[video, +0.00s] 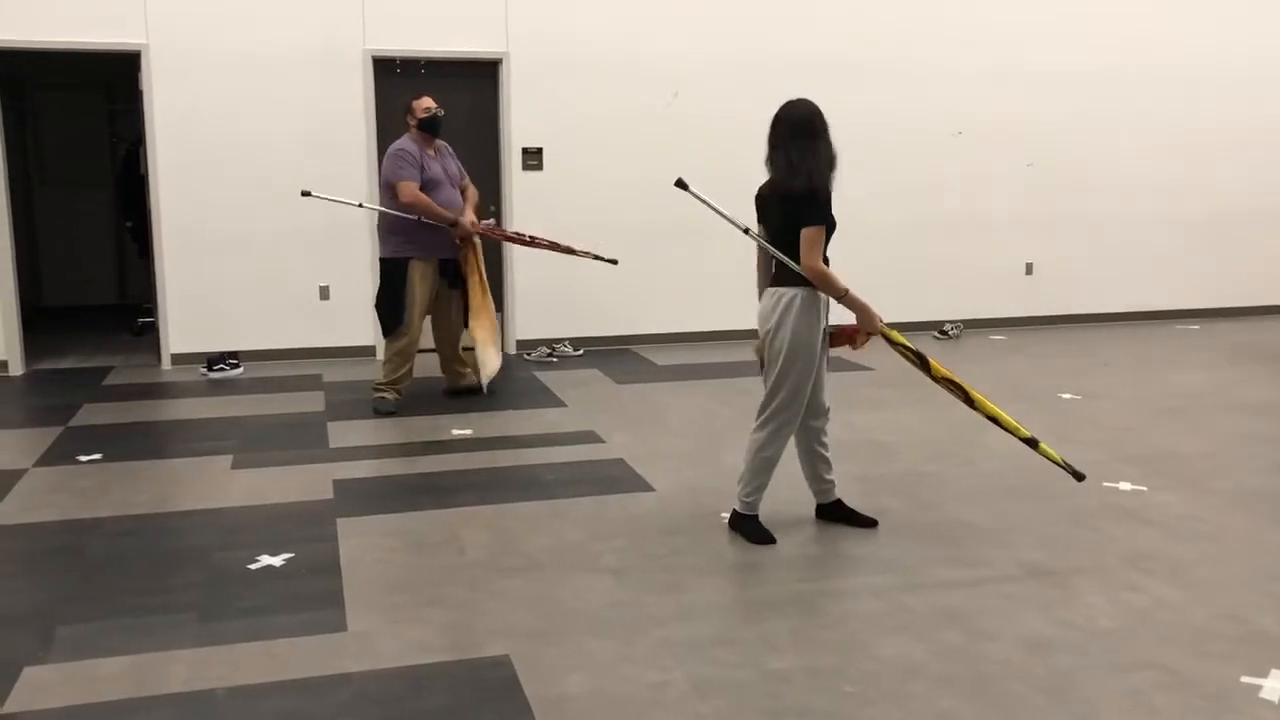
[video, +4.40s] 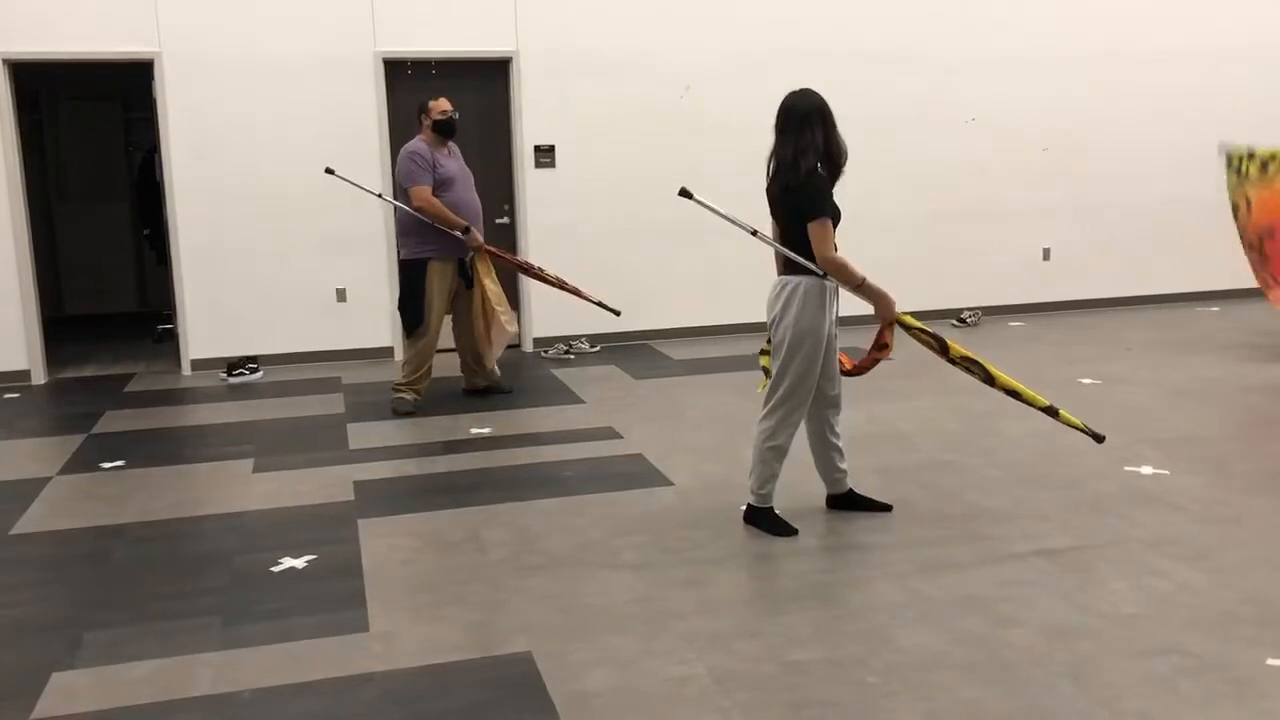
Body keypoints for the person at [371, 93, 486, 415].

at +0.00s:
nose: (434, 115)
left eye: (437, 110)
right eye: (426, 111)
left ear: (441, 116)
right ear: (411, 119)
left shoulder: (444, 150)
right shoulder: (401, 151)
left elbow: (470, 189)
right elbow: (408, 197)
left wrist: (467, 214)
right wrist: (455, 220)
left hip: (448, 251)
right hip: (410, 254)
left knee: (451, 321)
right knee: (405, 327)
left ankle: (459, 379)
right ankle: (388, 390)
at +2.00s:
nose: (450, 129)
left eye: (454, 124)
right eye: (443, 125)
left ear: (459, 128)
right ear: (428, 131)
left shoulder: (464, 161)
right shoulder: (417, 163)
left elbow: (488, 201)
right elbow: (425, 211)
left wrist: (485, 227)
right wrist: (469, 236)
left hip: (466, 262)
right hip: (427, 265)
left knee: (470, 331)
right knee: (422, 338)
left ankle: (475, 391)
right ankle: (404, 401)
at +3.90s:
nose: (456, 120)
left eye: (458, 116)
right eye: (449, 116)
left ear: (461, 123)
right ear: (432, 123)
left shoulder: (457, 155)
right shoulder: (420, 154)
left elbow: (478, 197)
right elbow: (428, 202)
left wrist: (487, 180)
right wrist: (472, 230)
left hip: (466, 254)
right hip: (430, 257)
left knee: (472, 322)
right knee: (427, 331)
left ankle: (479, 381)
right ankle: (408, 393)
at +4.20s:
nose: (452, 119)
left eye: (454, 114)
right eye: (444, 115)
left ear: (456, 120)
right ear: (426, 121)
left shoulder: (452, 150)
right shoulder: (415, 153)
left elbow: (464, 192)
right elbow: (423, 201)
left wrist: (490, 207)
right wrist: (467, 227)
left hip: (464, 251)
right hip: (427, 256)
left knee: (472, 319)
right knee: (424, 328)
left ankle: (478, 380)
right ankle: (407, 392)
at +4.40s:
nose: (450, 118)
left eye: (453, 113)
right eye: (443, 114)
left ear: (455, 119)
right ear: (425, 121)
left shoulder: (451, 148)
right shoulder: (414, 152)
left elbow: (460, 197)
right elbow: (421, 201)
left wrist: (476, 238)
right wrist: (465, 228)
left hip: (464, 251)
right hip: (428, 256)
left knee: (473, 319)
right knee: (424, 328)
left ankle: (479, 379)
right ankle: (407, 392)